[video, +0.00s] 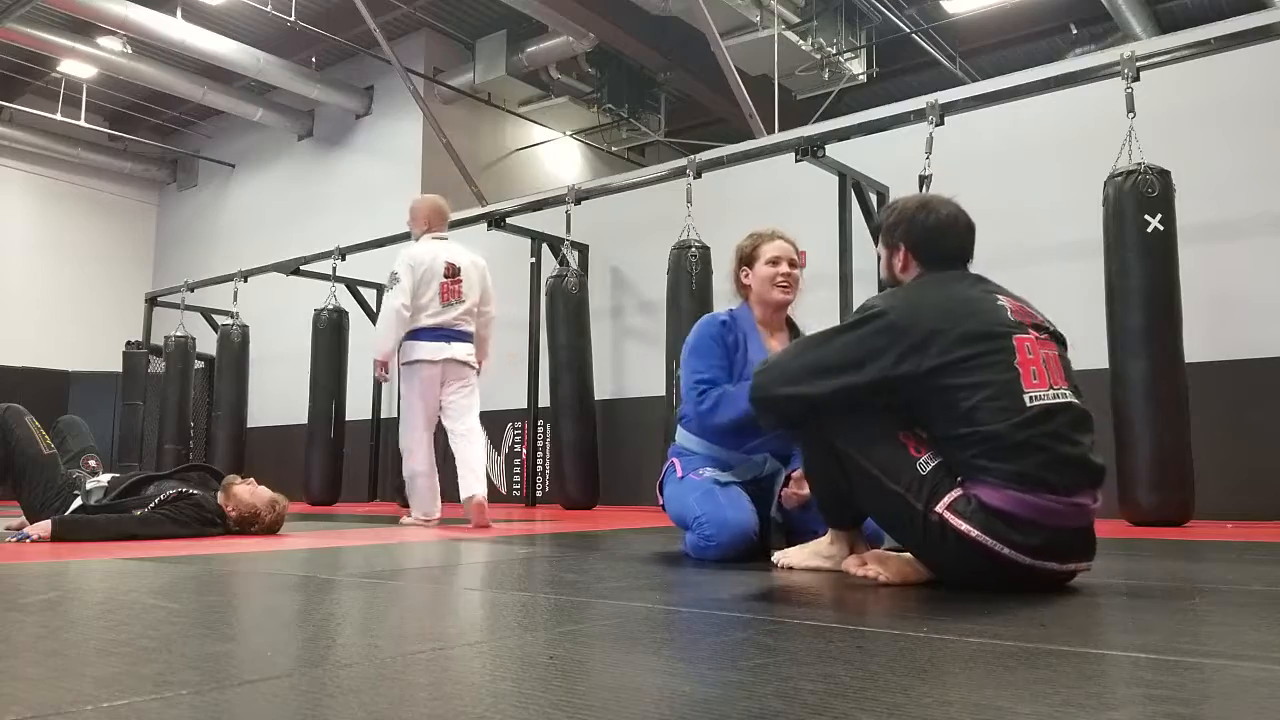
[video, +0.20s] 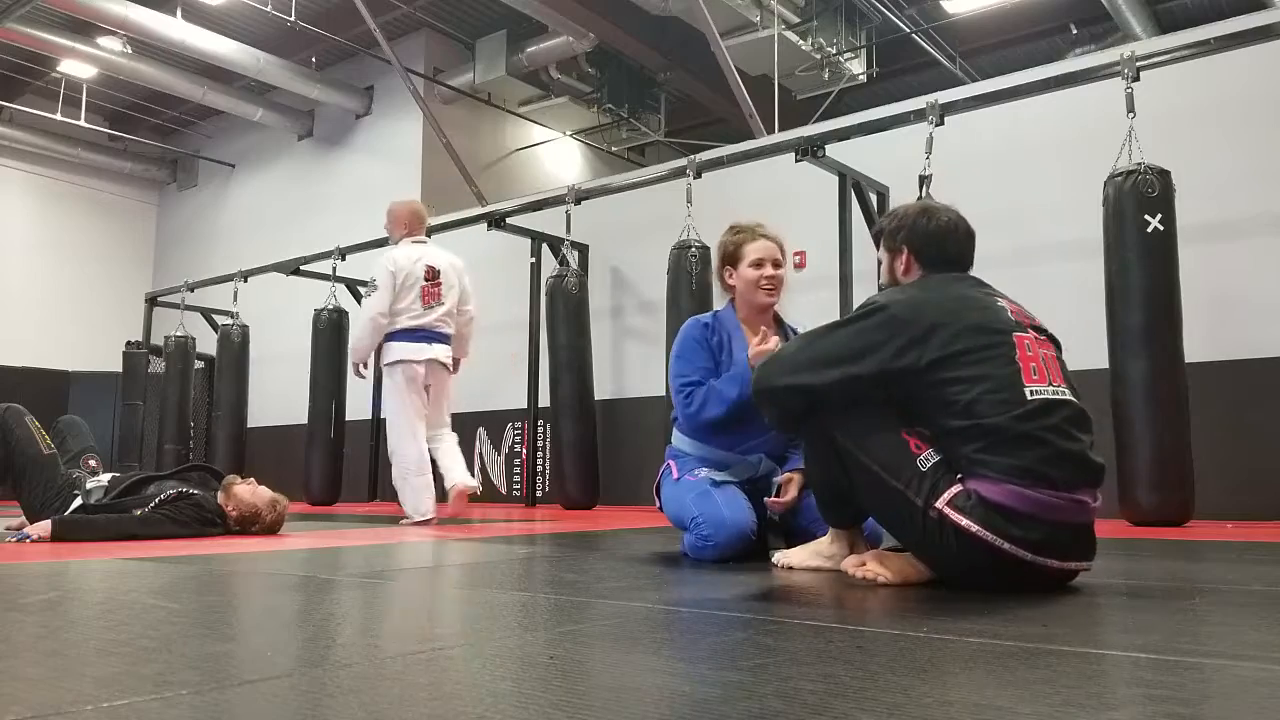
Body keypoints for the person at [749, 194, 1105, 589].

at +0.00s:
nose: (881, 267)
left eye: (882, 254)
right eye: (880, 254)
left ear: (902, 257)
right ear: (961, 254)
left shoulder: (906, 309)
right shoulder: (1015, 306)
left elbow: (770, 386)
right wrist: (828, 473)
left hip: (991, 545)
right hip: (1070, 551)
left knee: (823, 400)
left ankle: (840, 540)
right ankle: (931, 555)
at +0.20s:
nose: (882, 272)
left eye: (883, 259)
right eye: (882, 260)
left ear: (905, 260)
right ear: (960, 260)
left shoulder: (908, 306)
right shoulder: (1010, 309)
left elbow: (776, 381)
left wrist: (764, 362)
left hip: (990, 542)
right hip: (1070, 552)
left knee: (828, 397)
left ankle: (841, 540)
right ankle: (922, 552)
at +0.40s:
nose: (892, 272)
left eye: (895, 258)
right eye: (893, 259)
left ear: (921, 257)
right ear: (974, 258)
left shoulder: (923, 302)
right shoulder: (1015, 306)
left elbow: (787, 370)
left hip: (992, 539)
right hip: (1069, 550)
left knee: (833, 390)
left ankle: (840, 538)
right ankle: (927, 549)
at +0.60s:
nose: (908, 271)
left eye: (913, 255)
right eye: (909, 257)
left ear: (940, 252)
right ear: (994, 257)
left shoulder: (935, 300)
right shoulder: (1034, 307)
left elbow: (790, 365)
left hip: (990, 537)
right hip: (1070, 552)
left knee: (837, 389)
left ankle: (842, 537)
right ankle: (931, 551)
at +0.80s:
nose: (926, 271)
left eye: (930, 257)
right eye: (927, 258)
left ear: (956, 252)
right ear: (1010, 261)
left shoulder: (947, 299)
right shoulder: (1063, 319)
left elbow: (800, 356)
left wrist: (817, 421)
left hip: (989, 539)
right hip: (1071, 556)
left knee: (843, 389)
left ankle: (842, 539)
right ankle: (933, 551)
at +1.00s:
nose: (946, 275)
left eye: (949, 263)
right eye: (947, 264)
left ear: (974, 256)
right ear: (1034, 266)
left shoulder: (961, 298)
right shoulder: (1092, 327)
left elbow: (812, 344)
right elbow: (1143, 446)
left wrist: (824, 406)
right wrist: (1136, 535)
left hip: (982, 536)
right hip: (1071, 559)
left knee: (854, 391)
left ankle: (843, 539)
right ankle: (928, 552)